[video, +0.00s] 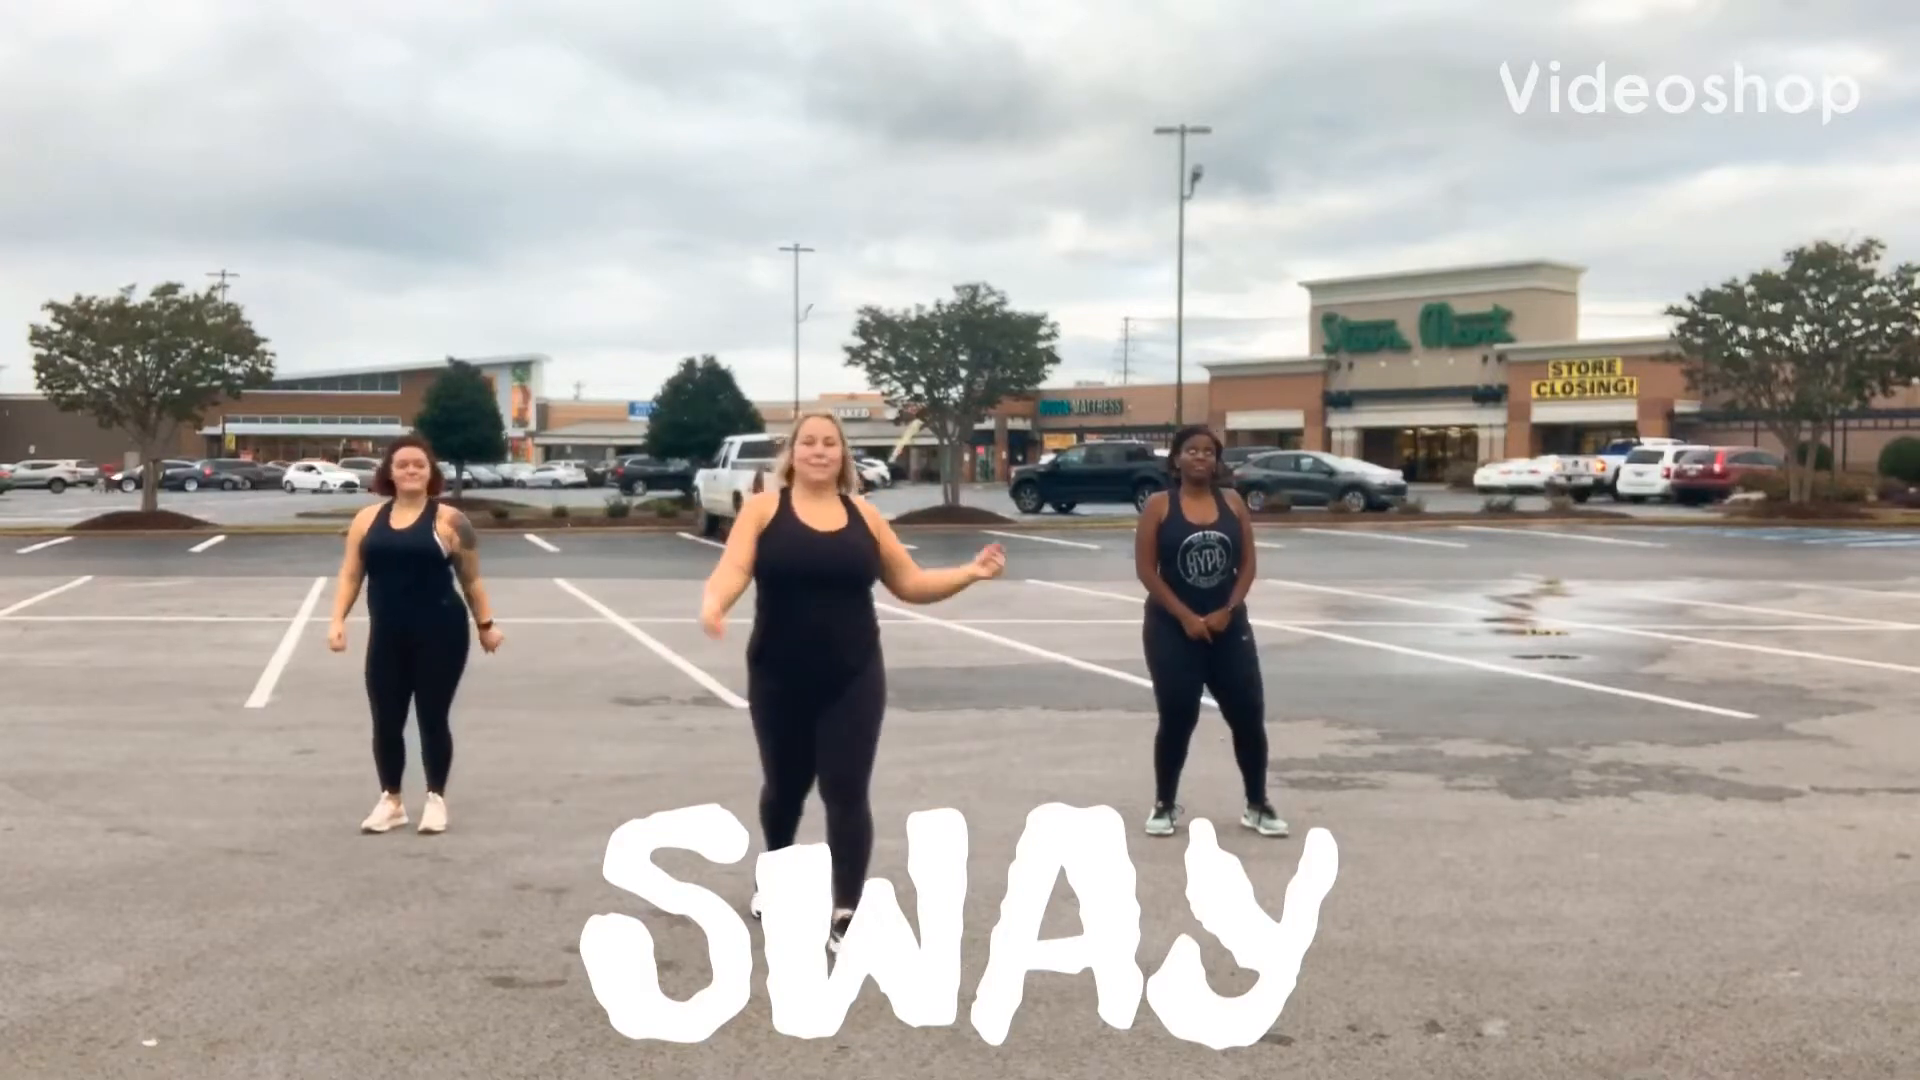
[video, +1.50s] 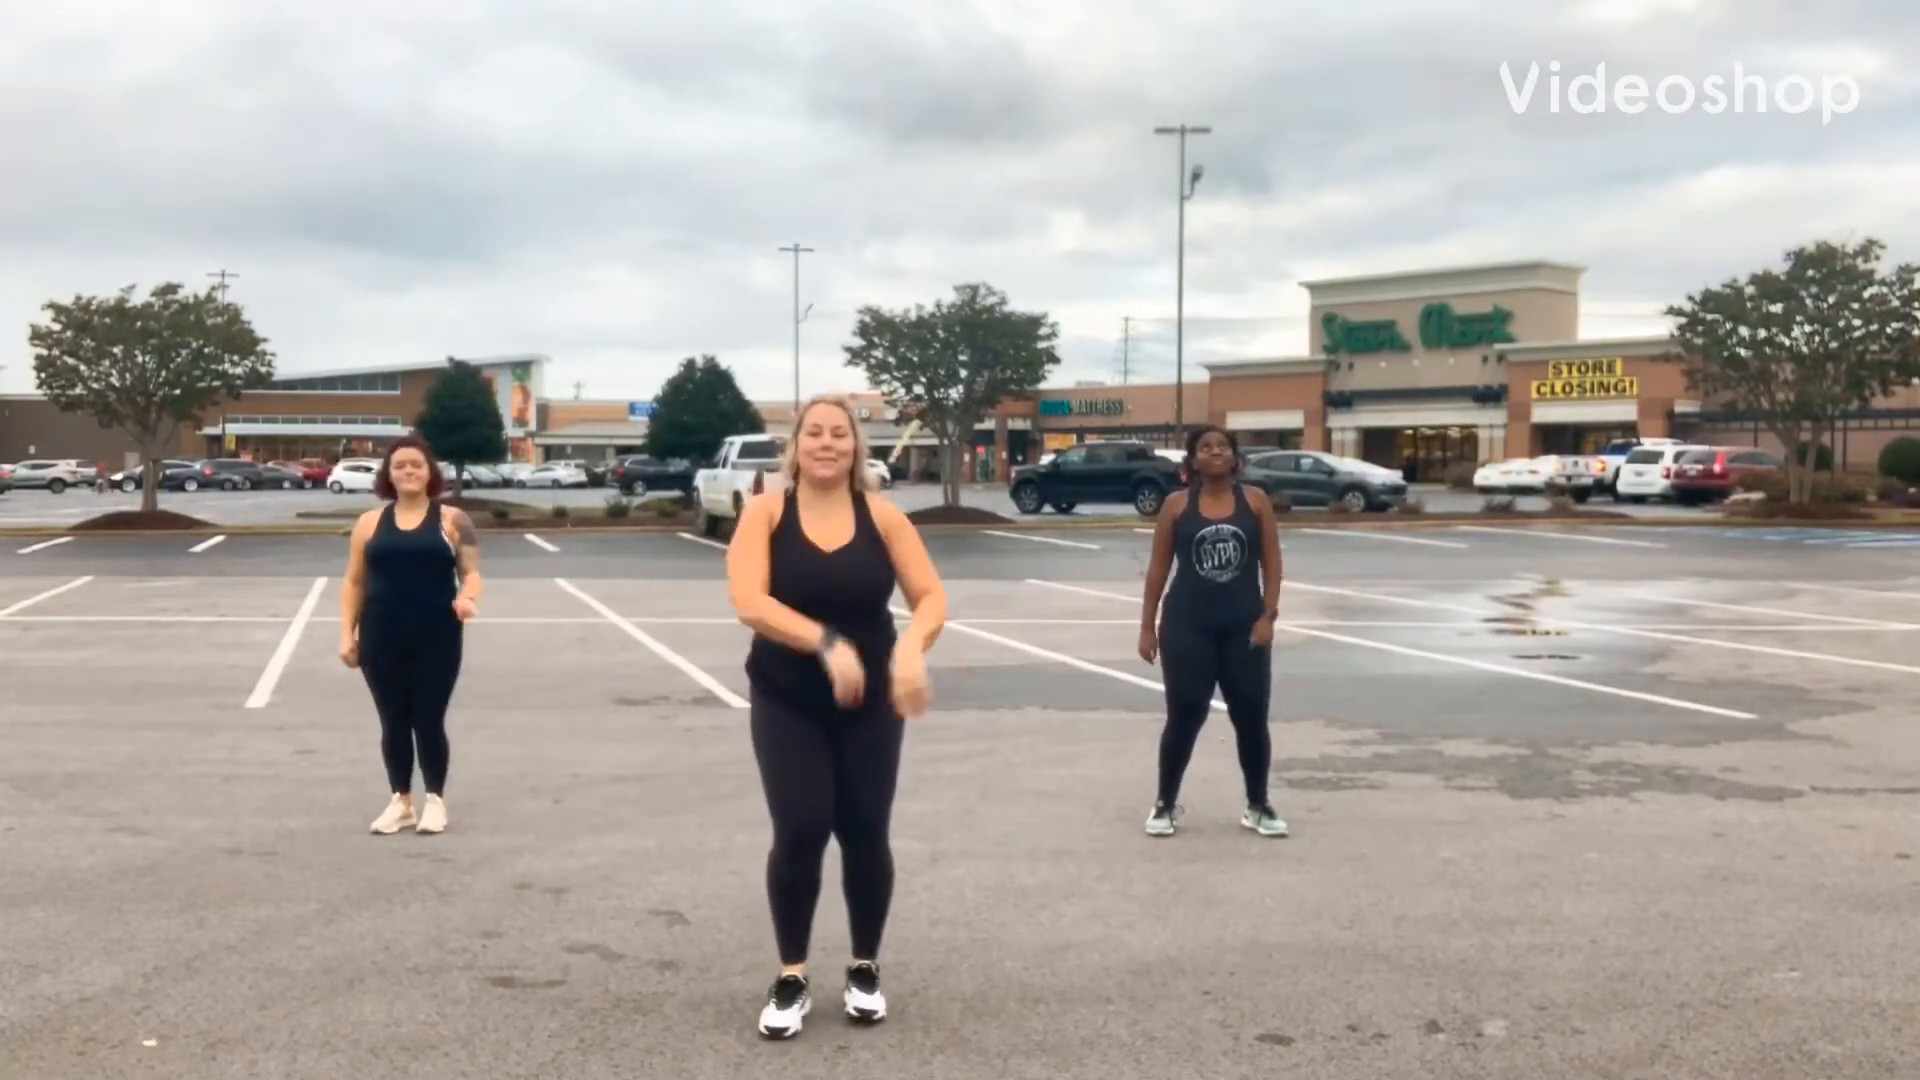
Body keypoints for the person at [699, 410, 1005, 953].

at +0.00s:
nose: (818, 451)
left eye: (828, 443)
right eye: (808, 442)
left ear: (843, 454)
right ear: (791, 453)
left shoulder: (862, 514)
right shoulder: (762, 509)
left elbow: (910, 584)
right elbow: (734, 568)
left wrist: (972, 572)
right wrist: (713, 604)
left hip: (852, 676)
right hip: (779, 675)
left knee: (846, 795)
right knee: (785, 788)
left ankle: (846, 910)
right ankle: (771, 876)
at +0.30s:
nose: (832, 440)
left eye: (842, 431)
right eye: (822, 431)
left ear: (860, 442)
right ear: (806, 441)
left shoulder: (887, 505)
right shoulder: (774, 507)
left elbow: (921, 571)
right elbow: (738, 576)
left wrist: (928, 594)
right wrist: (739, 645)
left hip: (868, 681)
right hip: (790, 679)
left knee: (854, 805)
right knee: (792, 801)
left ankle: (847, 923)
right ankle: (782, 921)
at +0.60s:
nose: (819, 451)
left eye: (830, 441)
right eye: (809, 441)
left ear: (848, 452)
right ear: (792, 452)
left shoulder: (877, 516)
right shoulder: (761, 517)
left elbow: (919, 590)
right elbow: (714, 576)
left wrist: (898, 657)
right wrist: (732, 625)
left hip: (861, 703)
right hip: (780, 701)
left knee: (853, 828)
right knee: (786, 833)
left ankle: (849, 915)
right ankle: (784, 975)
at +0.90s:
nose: (807, 443)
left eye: (819, 433)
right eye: (796, 433)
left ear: (837, 445)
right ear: (777, 446)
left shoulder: (868, 507)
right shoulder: (748, 511)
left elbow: (918, 558)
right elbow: (673, 573)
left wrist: (899, 619)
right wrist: (722, 611)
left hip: (854, 698)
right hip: (770, 699)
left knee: (855, 838)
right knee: (779, 839)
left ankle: (860, 973)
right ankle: (786, 982)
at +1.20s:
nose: (820, 434)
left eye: (831, 424)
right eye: (808, 424)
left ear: (849, 437)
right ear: (788, 438)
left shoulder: (873, 501)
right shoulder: (758, 504)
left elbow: (943, 537)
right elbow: (693, 590)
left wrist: (942, 566)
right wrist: (737, 548)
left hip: (861, 697)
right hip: (777, 699)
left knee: (857, 830)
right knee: (787, 836)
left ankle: (861, 969)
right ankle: (788, 979)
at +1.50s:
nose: (826, 443)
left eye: (838, 434)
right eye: (814, 433)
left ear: (856, 446)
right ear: (795, 445)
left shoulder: (882, 514)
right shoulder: (764, 511)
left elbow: (931, 598)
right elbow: (749, 602)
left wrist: (909, 648)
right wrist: (827, 642)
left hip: (870, 699)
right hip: (787, 701)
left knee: (865, 833)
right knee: (801, 829)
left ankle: (865, 970)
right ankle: (791, 975)